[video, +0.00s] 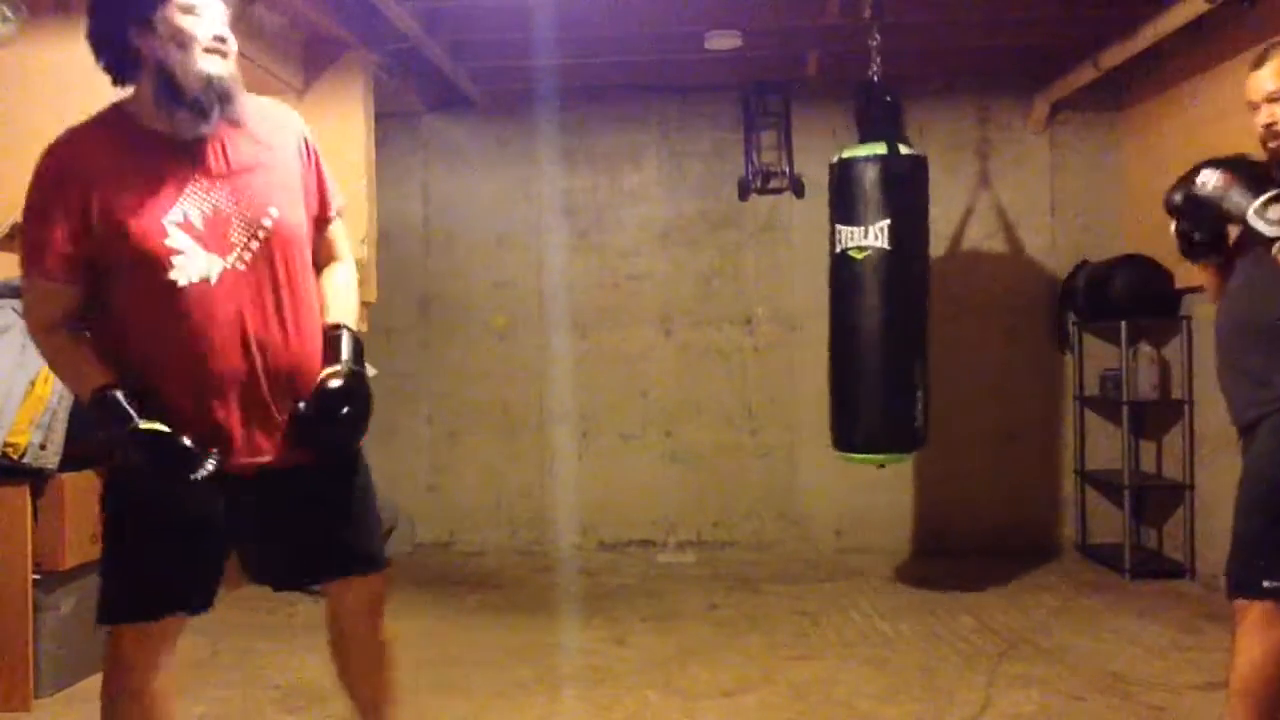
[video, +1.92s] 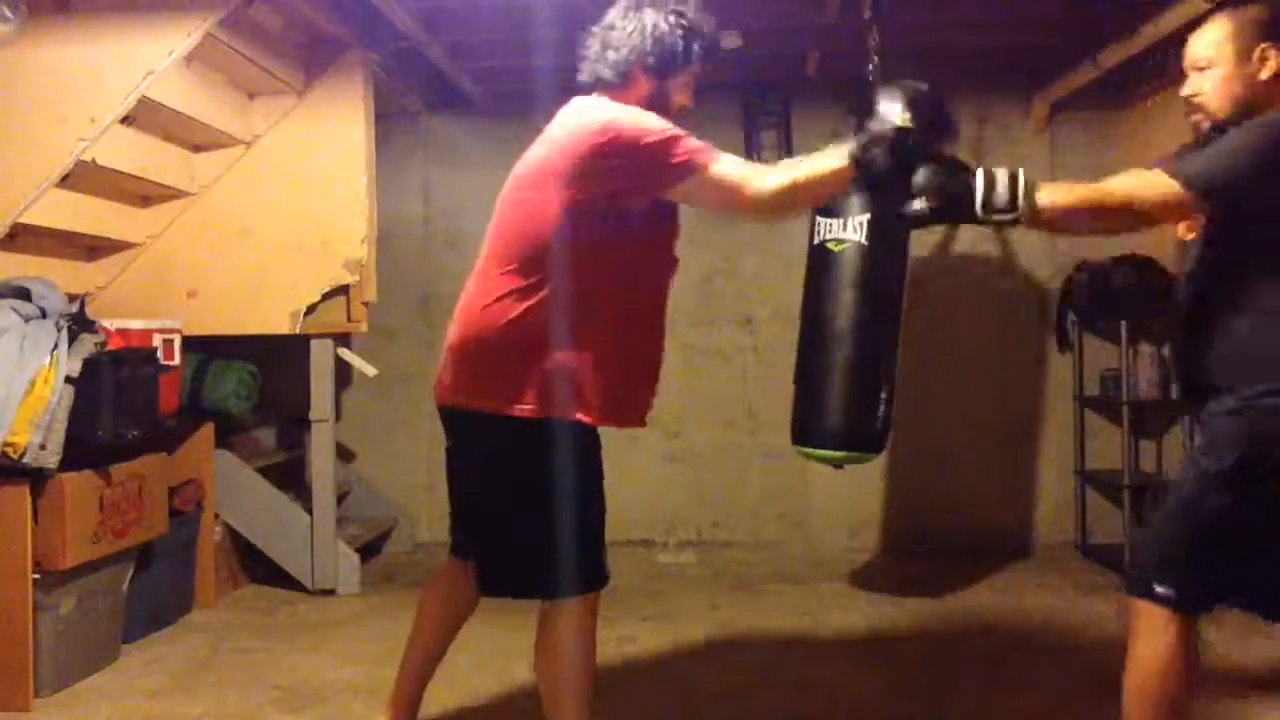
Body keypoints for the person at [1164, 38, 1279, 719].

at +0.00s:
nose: (1265, 119)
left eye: (1274, 101)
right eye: (1256, 107)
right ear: (1247, 117)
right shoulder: (1252, 211)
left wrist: (1225, 252)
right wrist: (1221, 258)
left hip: (1270, 422)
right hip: (1263, 421)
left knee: (1258, 602)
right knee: (1257, 600)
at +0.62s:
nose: (1189, 112)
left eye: (1204, 90)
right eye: (1185, 97)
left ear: (1261, 81)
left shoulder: (1266, 165)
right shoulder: (1233, 174)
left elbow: (1254, 278)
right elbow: (1204, 273)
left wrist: (1144, 238)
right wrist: (1115, 255)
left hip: (1250, 420)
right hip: (1222, 419)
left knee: (1221, 614)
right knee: (1223, 612)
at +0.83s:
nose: (1108, 106)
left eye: (1118, 85)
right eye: (1104, 90)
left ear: (1176, 75)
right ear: (1173, 81)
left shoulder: (1214, 147)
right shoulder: (1176, 152)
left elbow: (1151, 267)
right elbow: (1117, 261)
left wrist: (1046, 233)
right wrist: (1027, 221)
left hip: (1226, 412)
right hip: (1205, 411)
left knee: (1195, 608)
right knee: (1196, 605)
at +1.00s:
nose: (1041, 118)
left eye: (1054, 96)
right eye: (1039, 102)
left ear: (1111, 85)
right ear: (1108, 91)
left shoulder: (1151, 150)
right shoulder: (1125, 153)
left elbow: (1046, 261)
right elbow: (1053, 254)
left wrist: (952, 202)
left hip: (1225, 413)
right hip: (1207, 409)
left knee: (1188, 610)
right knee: (1191, 608)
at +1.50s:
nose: (1080, 108)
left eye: (1092, 87)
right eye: (1077, 92)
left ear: (1148, 77)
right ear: (1147, 83)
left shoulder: (1188, 148)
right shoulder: (1169, 150)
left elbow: (1156, 299)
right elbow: (1133, 287)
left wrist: (1029, 299)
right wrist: (1028, 296)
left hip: (1224, 425)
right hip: (1205, 421)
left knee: (1178, 612)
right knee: (1184, 608)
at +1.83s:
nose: (1189, 94)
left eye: (1204, 74)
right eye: (1188, 78)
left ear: (1266, 67)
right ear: (1257, 72)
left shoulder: (1263, 148)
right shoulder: (1243, 150)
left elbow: (1145, 213)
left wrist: (1004, 218)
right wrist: (1016, 221)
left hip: (1261, 414)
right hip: (1241, 411)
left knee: (1146, 580)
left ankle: (1157, 712)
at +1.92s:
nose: (1188, 91)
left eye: (1203, 70)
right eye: (1188, 73)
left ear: (1264, 65)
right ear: (1259, 70)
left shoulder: (1263, 141)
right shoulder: (1250, 142)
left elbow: (1130, 200)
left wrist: (983, 191)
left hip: (1257, 414)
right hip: (1242, 412)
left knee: (1158, 582)